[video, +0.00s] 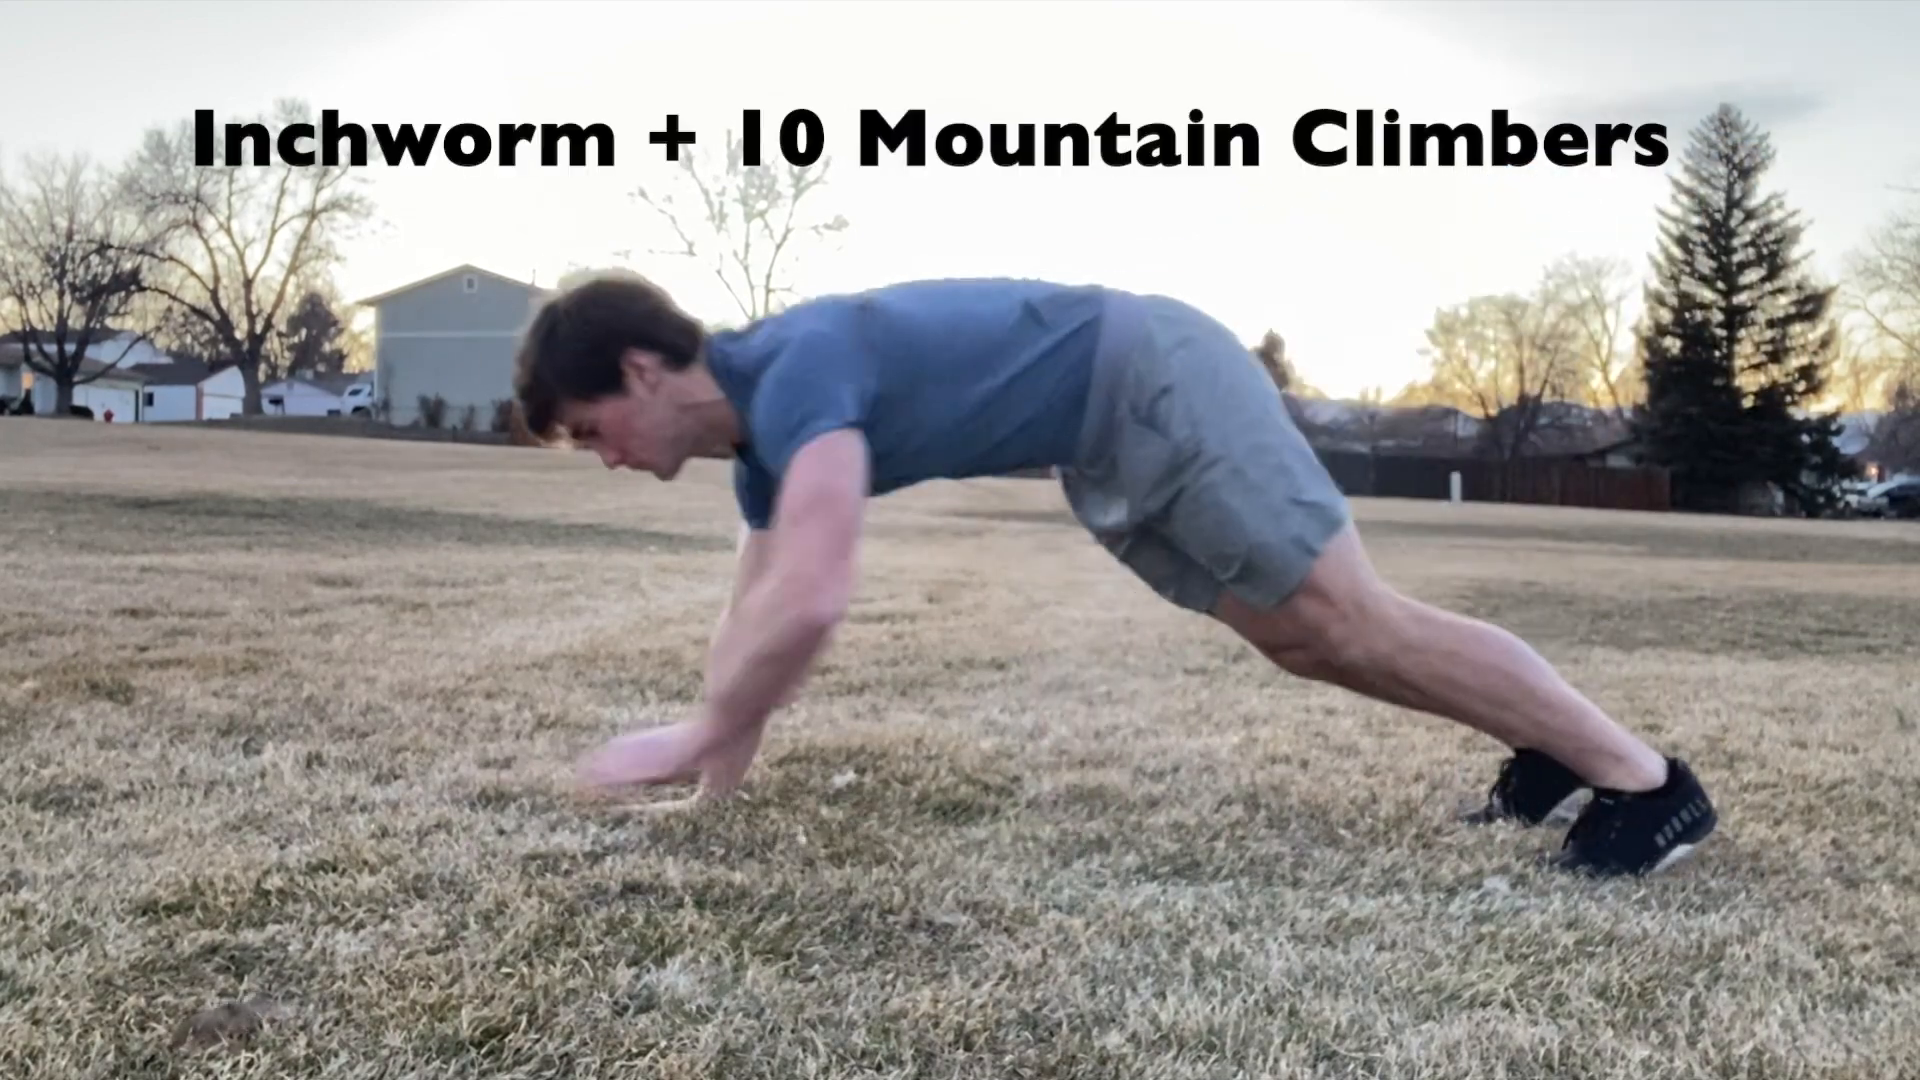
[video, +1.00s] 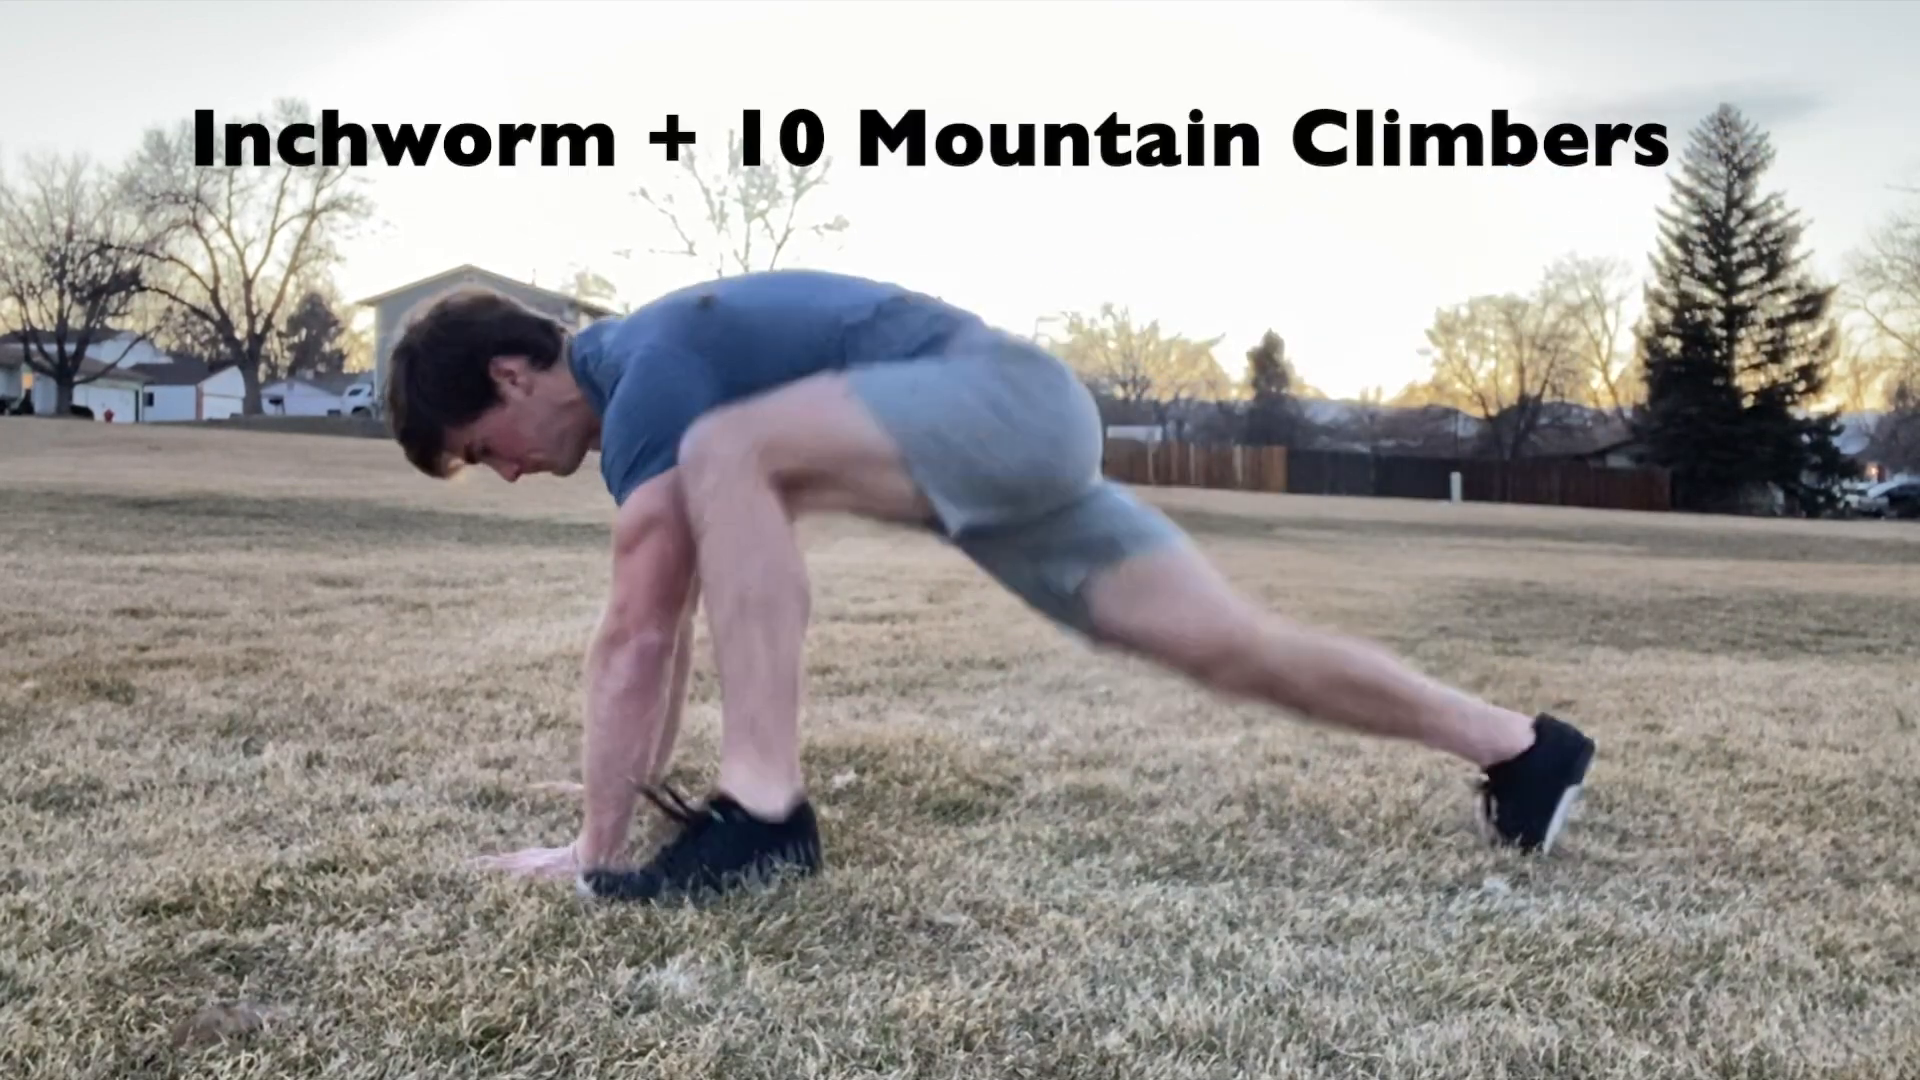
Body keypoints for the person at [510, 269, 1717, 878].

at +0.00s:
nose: (609, 465)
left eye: (599, 436)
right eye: (590, 449)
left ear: (648, 374)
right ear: (646, 383)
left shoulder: (804, 372)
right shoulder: (755, 419)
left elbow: (814, 594)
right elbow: (771, 590)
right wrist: (720, 742)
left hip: (1151, 373)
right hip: (1102, 435)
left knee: (1351, 621)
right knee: (1302, 636)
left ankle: (1648, 780)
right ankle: (1554, 737)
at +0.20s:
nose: (541, 456)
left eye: (529, 428)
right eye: (523, 442)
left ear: (575, 363)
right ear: (583, 365)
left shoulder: (720, 382)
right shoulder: (709, 400)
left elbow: (673, 650)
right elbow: (730, 627)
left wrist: (595, 850)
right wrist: (713, 791)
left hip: (1093, 407)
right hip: (1068, 437)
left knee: (1337, 641)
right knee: (1295, 644)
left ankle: (1637, 776)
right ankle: (1529, 729)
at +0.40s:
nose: (520, 433)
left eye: (508, 403)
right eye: (502, 415)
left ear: (556, 345)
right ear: (572, 338)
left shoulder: (693, 372)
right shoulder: (712, 375)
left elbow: (667, 632)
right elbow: (727, 609)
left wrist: (599, 848)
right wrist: (637, 750)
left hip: (1083, 457)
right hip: (1064, 468)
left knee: (1337, 665)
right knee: (1257, 677)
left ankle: (1643, 779)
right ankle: (1516, 733)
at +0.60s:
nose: (517, 473)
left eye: (503, 445)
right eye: (497, 460)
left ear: (541, 382)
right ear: (553, 384)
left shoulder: (676, 381)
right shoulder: (689, 401)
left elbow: (660, 638)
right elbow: (698, 639)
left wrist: (598, 846)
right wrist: (633, 803)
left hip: (1055, 448)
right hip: (1031, 480)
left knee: (1271, 693)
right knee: (1202, 711)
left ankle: (1613, 755)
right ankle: (1491, 742)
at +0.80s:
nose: (506, 484)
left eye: (487, 459)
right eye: (483, 474)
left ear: (520, 393)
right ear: (526, 397)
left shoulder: (651, 374)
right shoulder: (651, 398)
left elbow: (638, 626)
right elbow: (674, 624)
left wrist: (597, 842)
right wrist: (628, 792)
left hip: (1014, 338)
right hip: (1019, 370)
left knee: (925, 566)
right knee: (1237, 576)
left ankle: (1225, 705)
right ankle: (1491, 716)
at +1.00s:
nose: (506, 472)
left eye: (485, 448)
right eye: (482, 464)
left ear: (516, 376)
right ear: (523, 372)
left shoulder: (651, 372)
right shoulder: (651, 386)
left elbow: (630, 622)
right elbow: (679, 615)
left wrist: (594, 845)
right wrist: (653, 783)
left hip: (1003, 389)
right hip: (1006, 448)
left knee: (726, 458)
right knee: (1226, 642)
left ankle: (761, 819)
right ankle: (1521, 747)